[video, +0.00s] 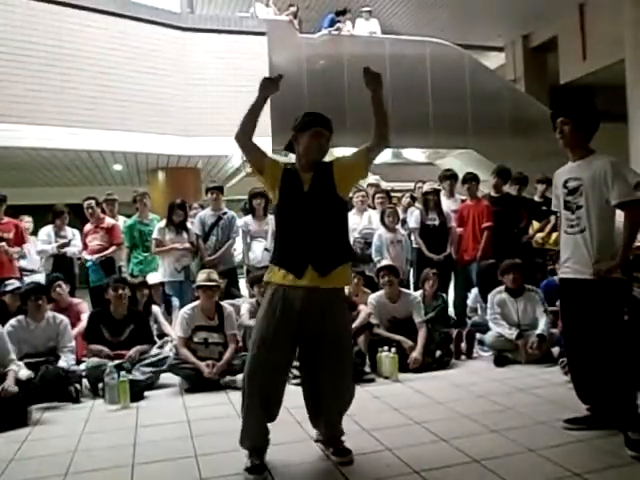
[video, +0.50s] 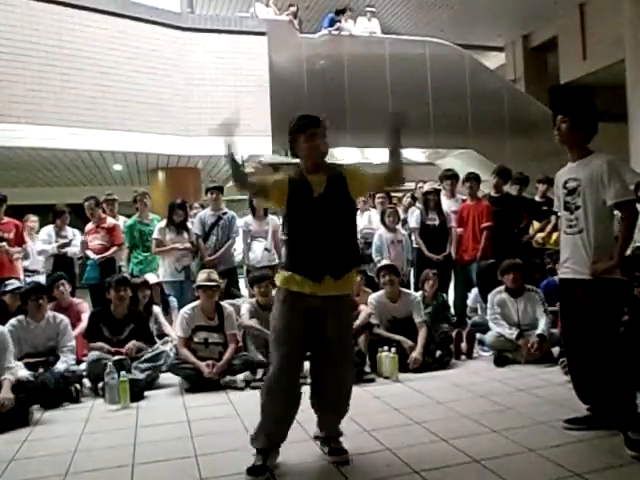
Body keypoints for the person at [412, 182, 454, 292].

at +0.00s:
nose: (433, 198)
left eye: (435, 194)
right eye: (429, 194)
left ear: (438, 197)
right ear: (425, 197)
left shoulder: (445, 214)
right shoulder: (419, 213)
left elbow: (450, 232)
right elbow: (416, 235)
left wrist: (447, 250)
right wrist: (428, 253)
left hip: (442, 255)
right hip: (425, 255)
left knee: (442, 290)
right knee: (423, 288)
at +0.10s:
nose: (433, 199)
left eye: (436, 196)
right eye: (430, 196)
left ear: (439, 197)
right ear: (425, 198)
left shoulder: (445, 214)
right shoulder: (419, 214)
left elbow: (450, 233)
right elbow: (416, 235)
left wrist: (447, 251)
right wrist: (428, 254)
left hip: (442, 256)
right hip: (424, 256)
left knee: (442, 290)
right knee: (423, 288)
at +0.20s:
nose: (432, 198)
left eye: (435, 195)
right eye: (429, 195)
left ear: (439, 197)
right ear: (425, 197)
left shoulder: (445, 214)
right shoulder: (419, 214)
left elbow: (450, 233)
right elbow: (416, 235)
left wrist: (447, 251)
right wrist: (428, 254)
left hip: (442, 256)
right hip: (425, 256)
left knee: (442, 289)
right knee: (423, 288)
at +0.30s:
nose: (433, 199)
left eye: (435, 196)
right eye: (430, 196)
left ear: (439, 197)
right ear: (425, 198)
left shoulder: (444, 214)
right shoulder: (419, 213)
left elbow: (450, 233)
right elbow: (416, 235)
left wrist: (447, 251)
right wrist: (428, 253)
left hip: (442, 256)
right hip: (425, 255)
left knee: (442, 289)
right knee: (423, 288)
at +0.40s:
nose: (432, 201)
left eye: (435, 197)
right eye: (429, 198)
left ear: (439, 198)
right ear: (425, 199)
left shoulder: (445, 214)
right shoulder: (419, 214)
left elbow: (450, 233)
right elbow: (416, 235)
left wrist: (447, 251)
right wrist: (428, 253)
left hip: (442, 256)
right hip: (425, 255)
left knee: (442, 290)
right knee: (423, 288)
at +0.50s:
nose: (433, 200)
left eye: (435, 196)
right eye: (430, 196)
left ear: (439, 198)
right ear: (425, 198)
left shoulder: (444, 214)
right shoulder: (419, 214)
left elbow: (449, 233)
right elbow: (416, 235)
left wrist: (447, 251)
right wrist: (428, 254)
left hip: (442, 256)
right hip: (425, 256)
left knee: (442, 290)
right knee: (423, 288)